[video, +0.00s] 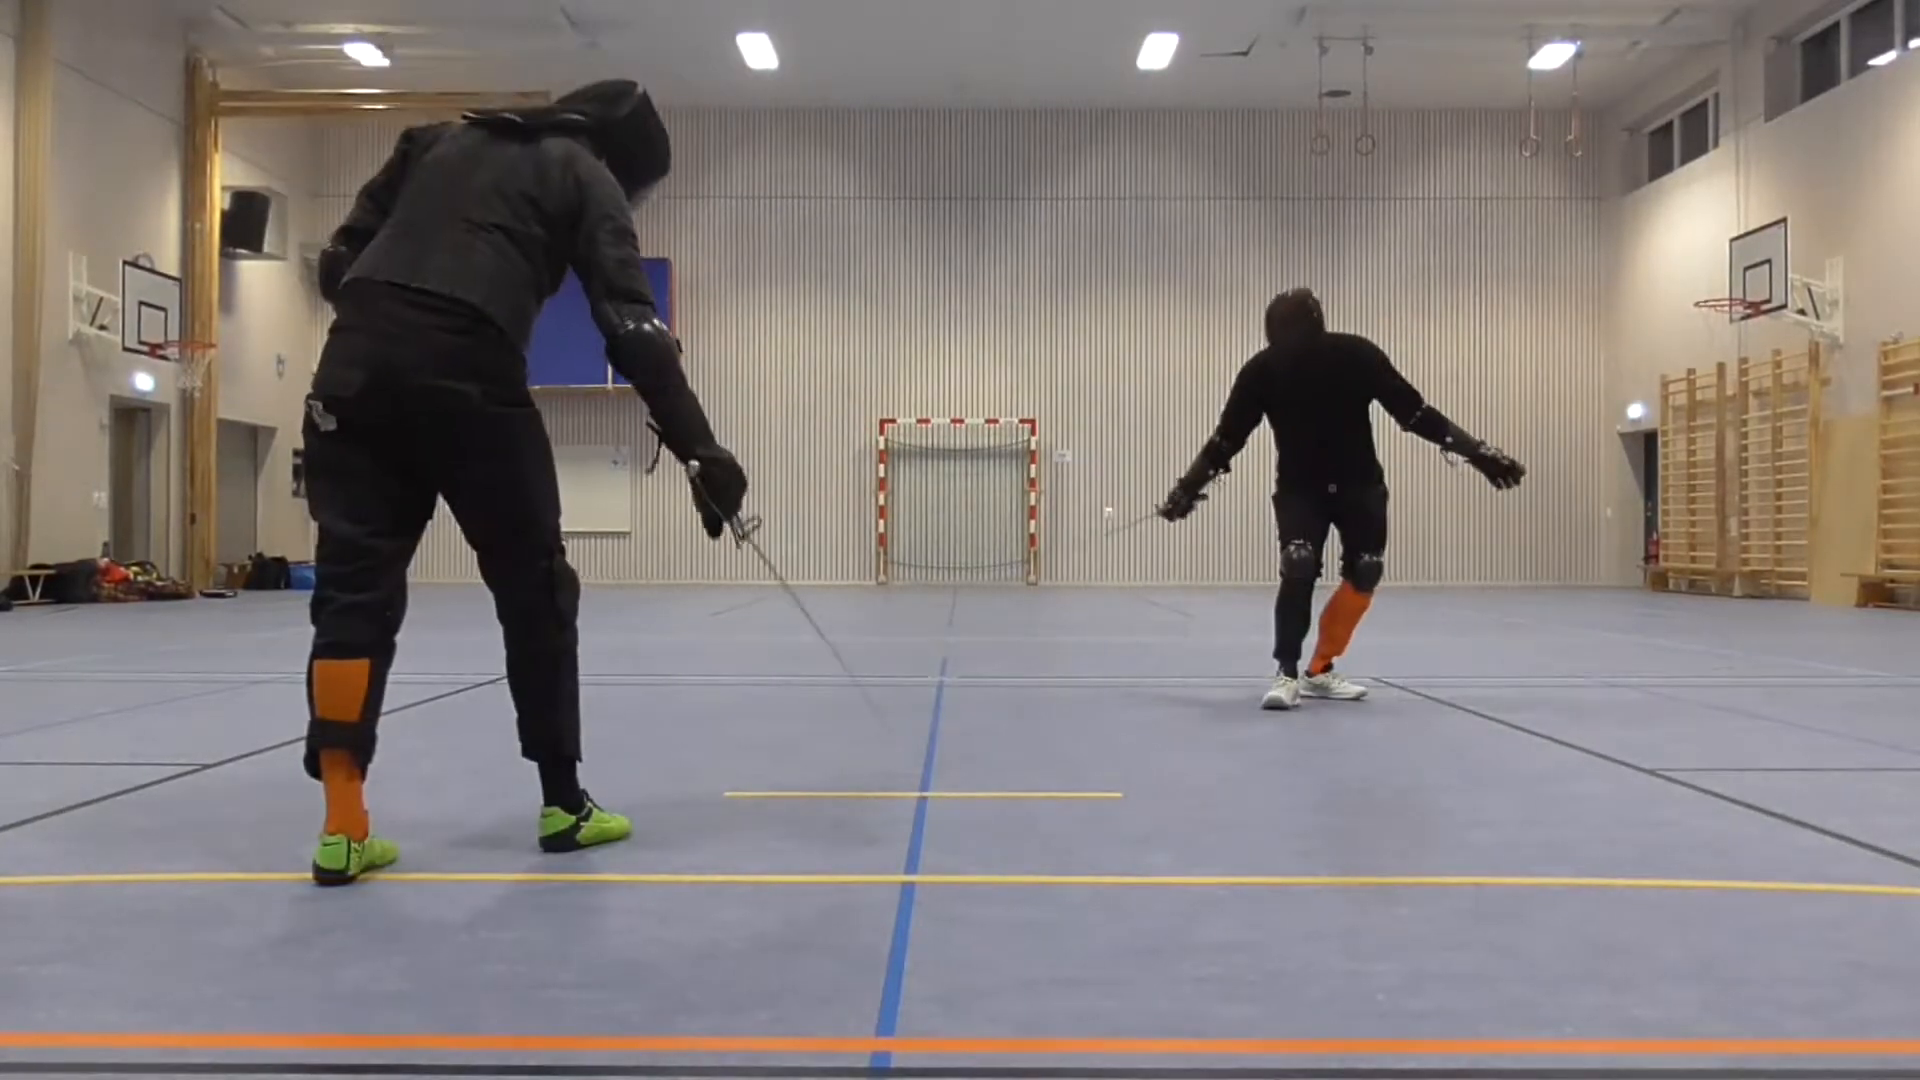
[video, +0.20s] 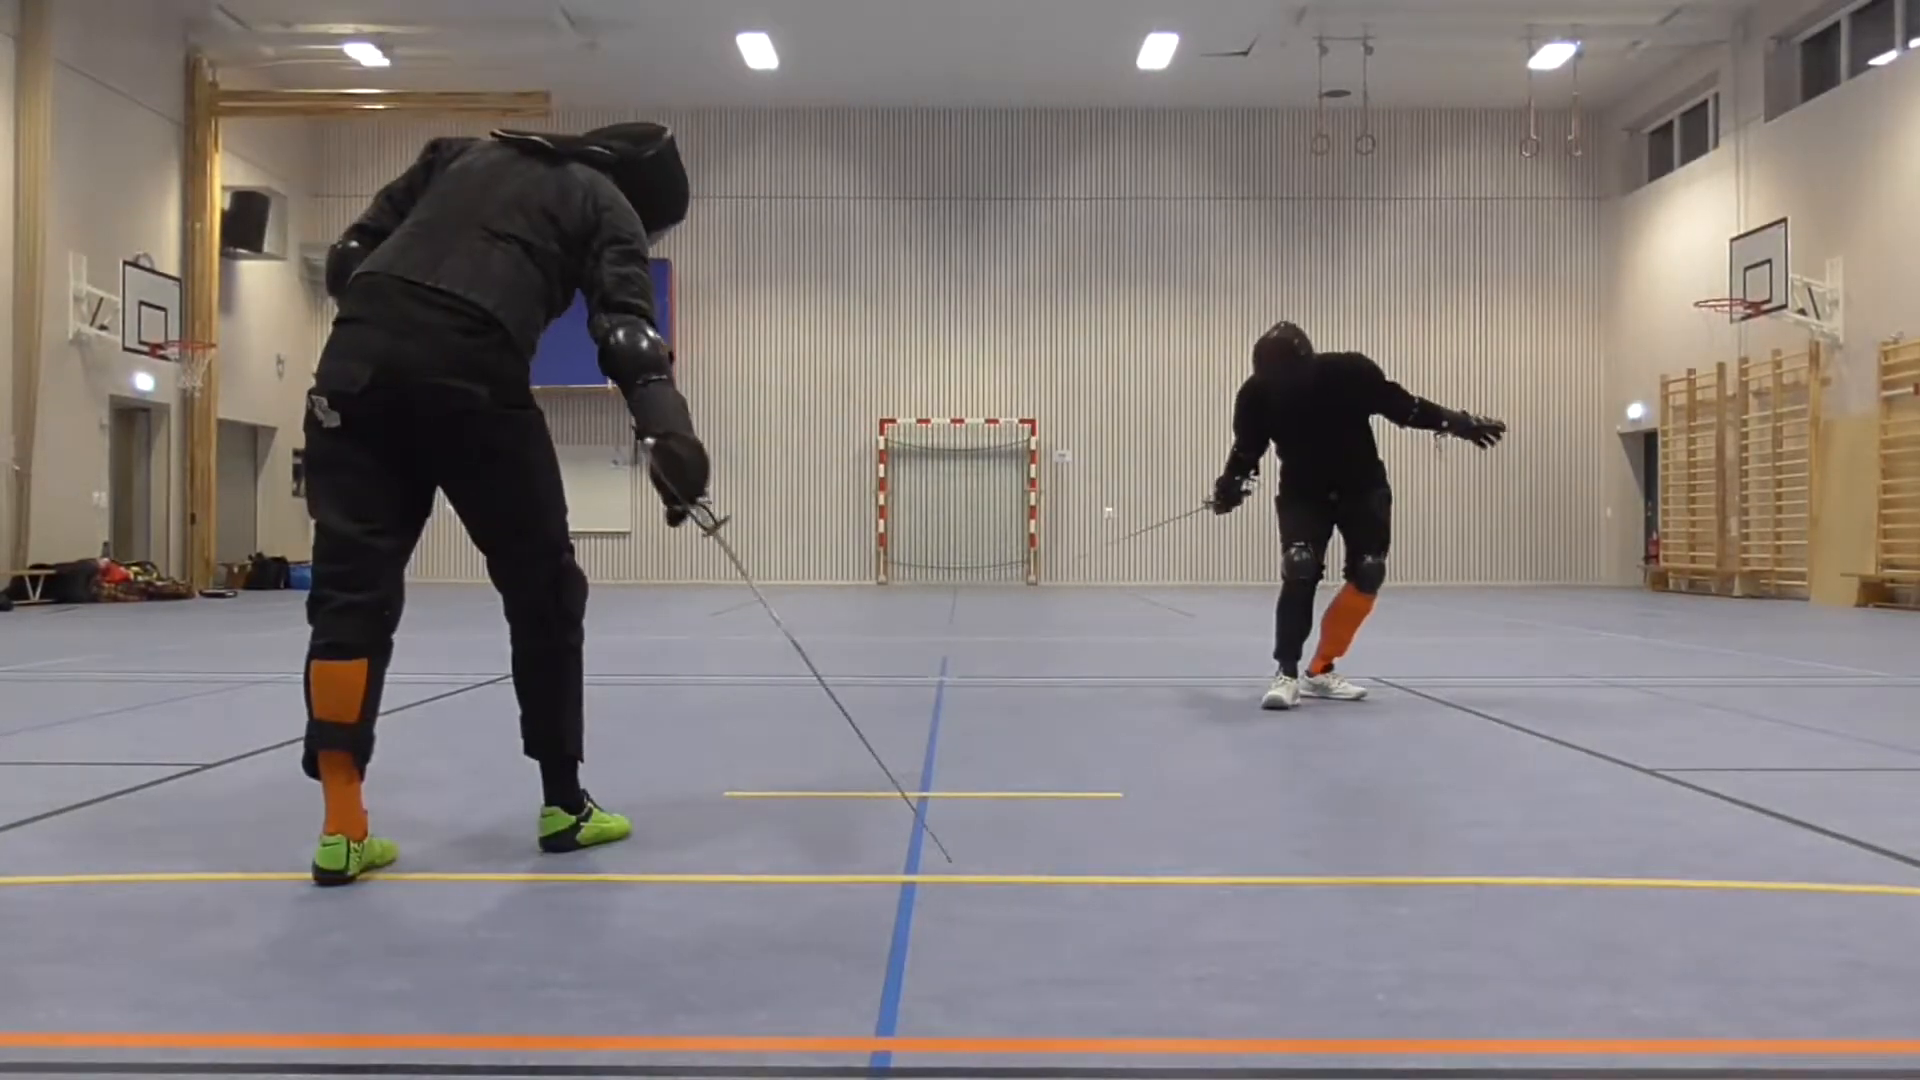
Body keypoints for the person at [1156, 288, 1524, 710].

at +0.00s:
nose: (1277, 341)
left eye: (1278, 331)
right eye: (1276, 331)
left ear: (1283, 328)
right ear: (1318, 320)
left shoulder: (1357, 358)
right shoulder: (1262, 375)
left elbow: (1414, 413)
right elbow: (1227, 439)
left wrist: (1477, 453)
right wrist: (1188, 488)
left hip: (1358, 483)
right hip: (1300, 486)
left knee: (1366, 572)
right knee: (1299, 569)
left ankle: (1319, 671)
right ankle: (1286, 675)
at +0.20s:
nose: (1274, 384)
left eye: (1280, 375)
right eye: (1267, 375)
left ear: (1301, 363)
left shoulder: (1349, 373)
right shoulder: (1257, 395)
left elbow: (1406, 408)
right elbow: (1247, 448)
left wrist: (1461, 423)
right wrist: (1229, 485)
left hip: (1361, 488)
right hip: (1303, 492)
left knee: (1368, 576)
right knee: (1300, 572)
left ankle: (1320, 671)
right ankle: (1286, 675)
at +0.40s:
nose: (1270, 393)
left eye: (1274, 383)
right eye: (1263, 386)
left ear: (1298, 371)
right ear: (1258, 378)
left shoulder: (1346, 380)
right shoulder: (1256, 403)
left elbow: (1408, 410)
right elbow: (1248, 453)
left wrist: (1464, 421)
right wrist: (1231, 485)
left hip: (1366, 490)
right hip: (1307, 495)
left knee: (1370, 577)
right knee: (1303, 571)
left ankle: (1320, 671)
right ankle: (1286, 674)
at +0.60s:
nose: (1269, 345)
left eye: (1270, 333)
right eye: (1267, 336)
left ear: (1279, 330)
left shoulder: (1354, 359)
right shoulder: (1262, 380)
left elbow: (1414, 405)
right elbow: (1233, 444)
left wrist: (1481, 426)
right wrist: (1200, 490)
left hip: (1367, 486)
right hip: (1309, 489)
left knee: (1366, 578)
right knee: (1305, 573)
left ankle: (1319, 670)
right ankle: (1286, 674)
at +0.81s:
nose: (1292, 317)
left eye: (1297, 305)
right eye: (1288, 307)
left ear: (1307, 301)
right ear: (1322, 294)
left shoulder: (1362, 342)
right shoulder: (1268, 356)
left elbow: (1429, 371)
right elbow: (1209, 402)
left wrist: (1491, 392)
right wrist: (1163, 445)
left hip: (1367, 478)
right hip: (1309, 482)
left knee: (1361, 576)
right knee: (1304, 571)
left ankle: (1319, 670)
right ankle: (1287, 673)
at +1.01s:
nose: (1312, 292)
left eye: (1315, 281)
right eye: (1309, 282)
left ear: (1294, 284)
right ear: (1334, 282)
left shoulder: (1364, 331)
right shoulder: (1275, 341)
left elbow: (1422, 354)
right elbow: (1217, 383)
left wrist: (1451, 349)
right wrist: (1187, 380)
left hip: (1361, 476)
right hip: (1305, 478)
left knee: (1359, 573)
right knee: (1303, 564)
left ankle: (1319, 672)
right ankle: (1286, 674)